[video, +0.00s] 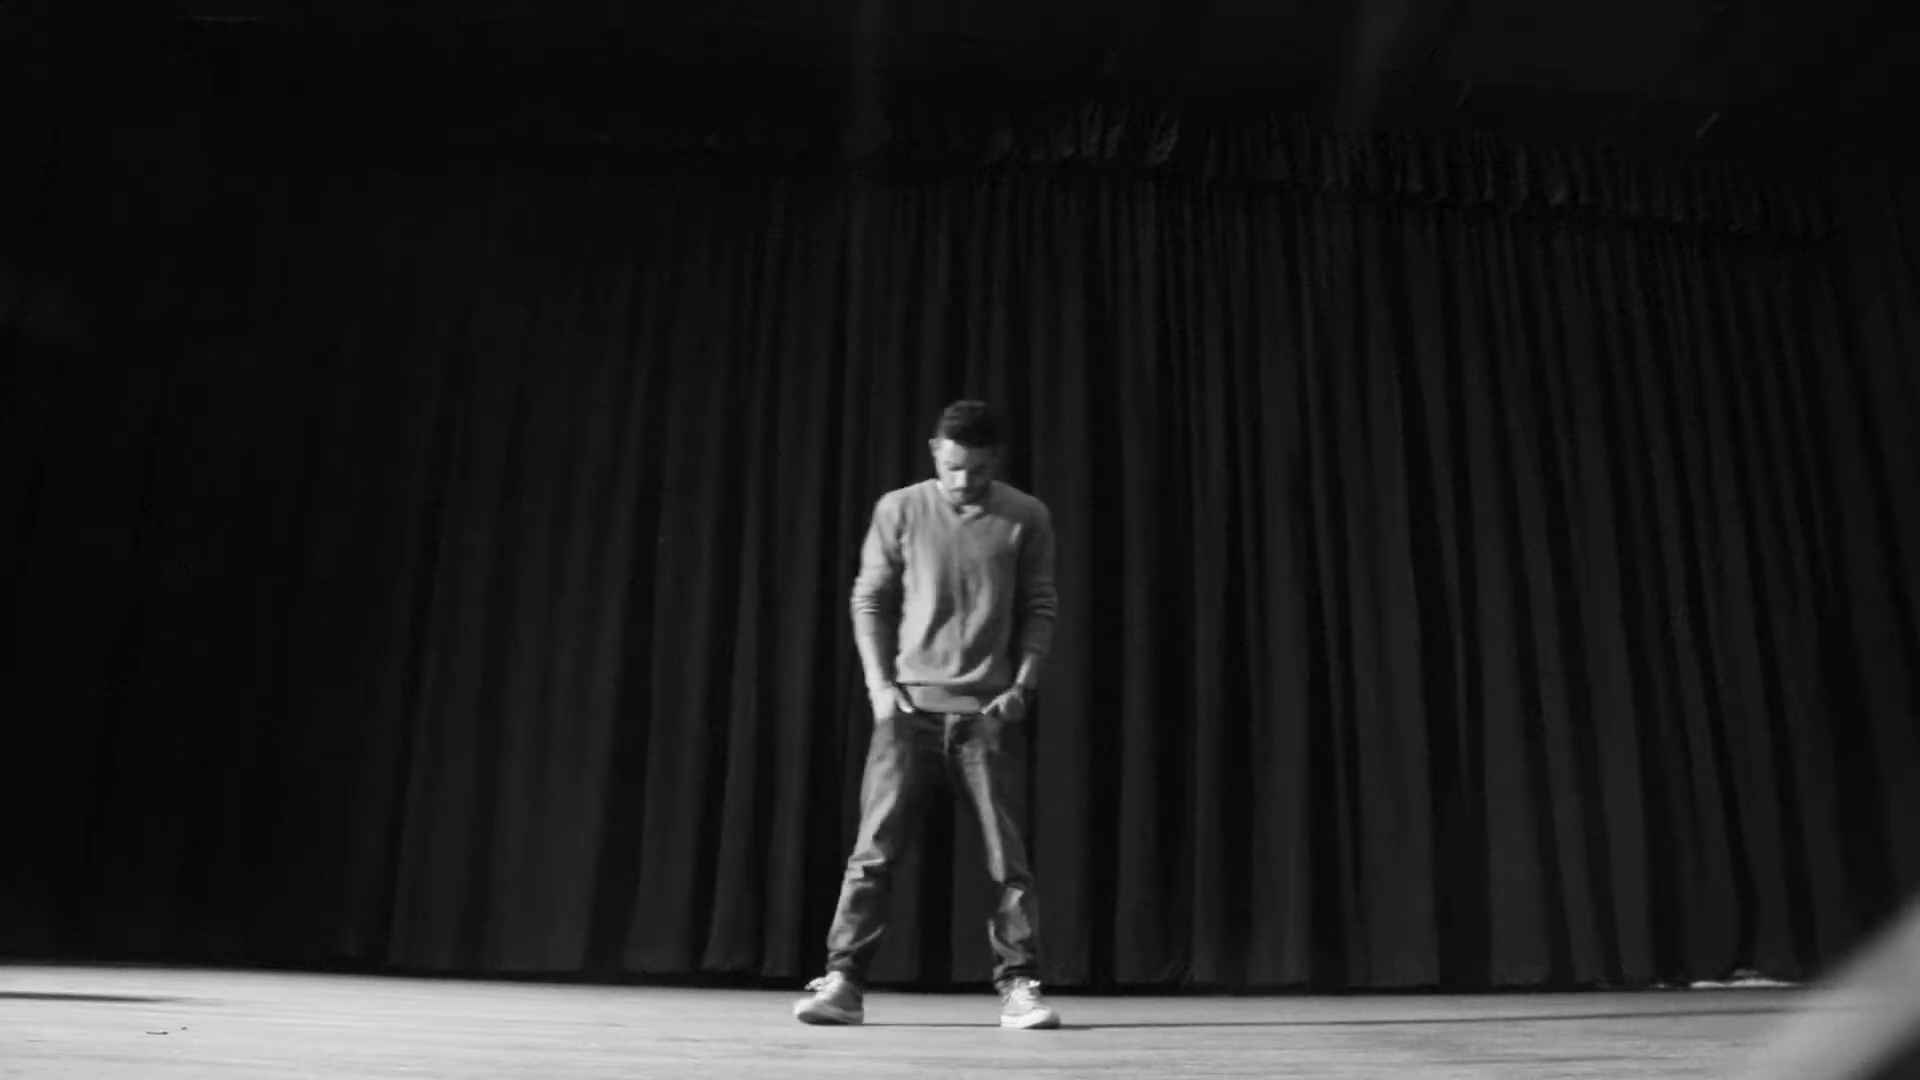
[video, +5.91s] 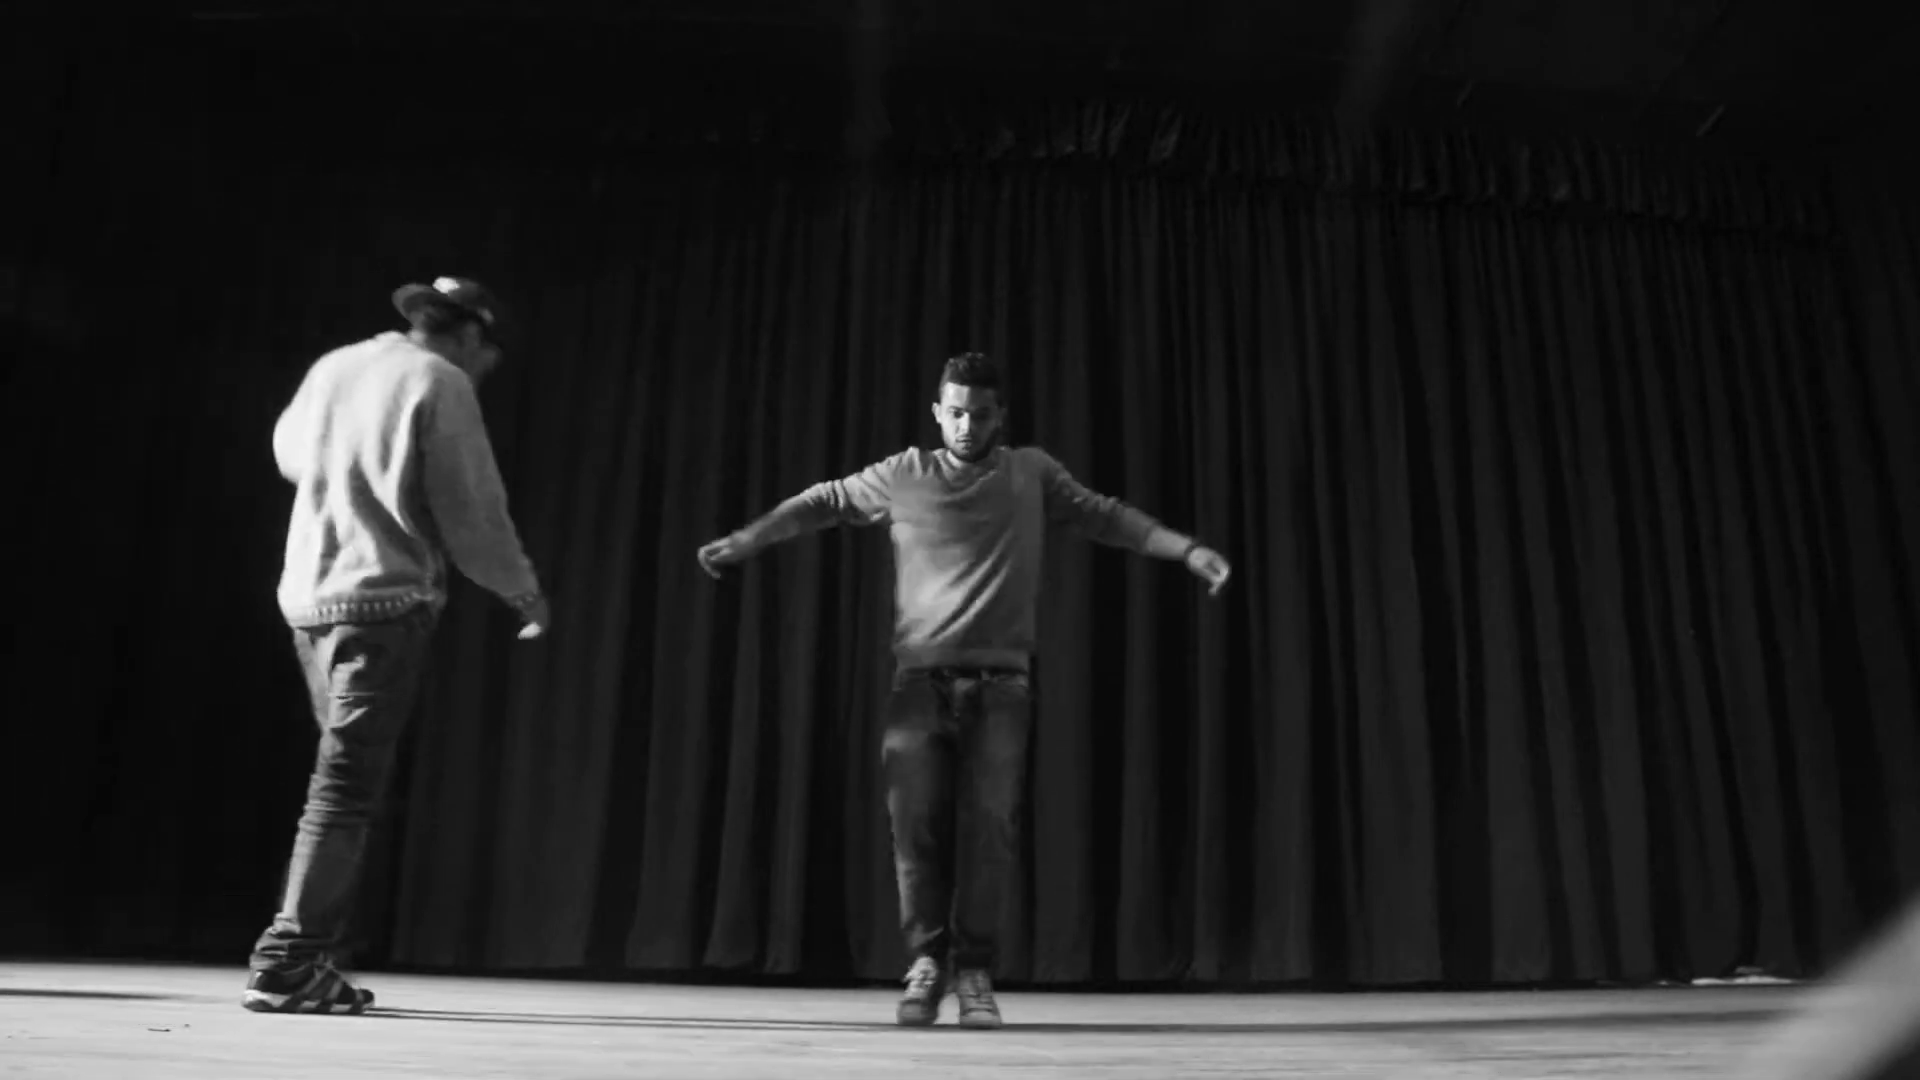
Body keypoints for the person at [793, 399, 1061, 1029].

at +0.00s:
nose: (963, 482)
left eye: (975, 470)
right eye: (951, 468)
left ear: (995, 460)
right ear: (933, 456)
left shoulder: (1027, 518)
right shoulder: (897, 511)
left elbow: (1040, 609)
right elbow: (867, 601)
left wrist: (1021, 688)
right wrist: (879, 684)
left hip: (987, 710)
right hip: (907, 706)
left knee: (1007, 858)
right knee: (873, 850)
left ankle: (1020, 989)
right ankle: (842, 983)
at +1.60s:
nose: (939, 499)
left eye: (951, 489)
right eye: (928, 486)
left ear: (972, 470)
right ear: (910, 462)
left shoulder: (1006, 499)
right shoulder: (874, 500)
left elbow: (1046, 582)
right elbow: (831, 586)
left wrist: (1078, 658)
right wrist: (798, 674)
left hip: (983, 707)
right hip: (899, 705)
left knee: (1008, 856)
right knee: (872, 856)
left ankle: (1030, 988)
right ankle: (849, 983)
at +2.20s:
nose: (935, 514)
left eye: (946, 504)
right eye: (923, 503)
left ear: (969, 478)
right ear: (904, 480)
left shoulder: (1009, 492)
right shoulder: (873, 493)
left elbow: (1089, 535)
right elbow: (801, 533)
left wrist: (1140, 601)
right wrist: (733, 596)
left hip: (986, 708)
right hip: (902, 707)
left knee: (1010, 856)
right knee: (875, 854)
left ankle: (1031, 991)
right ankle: (849, 985)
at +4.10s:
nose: (978, 457)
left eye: (991, 444)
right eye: (967, 443)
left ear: (1011, 437)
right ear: (946, 430)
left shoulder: (1040, 490)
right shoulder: (907, 486)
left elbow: (1122, 516)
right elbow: (822, 497)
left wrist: (1206, 529)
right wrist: (733, 500)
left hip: (1008, 690)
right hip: (925, 689)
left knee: (1022, 846)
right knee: (912, 840)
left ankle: (1020, 982)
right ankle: (894, 979)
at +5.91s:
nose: (968, 426)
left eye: (981, 413)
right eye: (957, 412)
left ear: (1001, 413)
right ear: (938, 412)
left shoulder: (1033, 473)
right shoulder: (903, 475)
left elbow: (1104, 516)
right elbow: (824, 501)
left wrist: (1188, 550)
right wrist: (748, 539)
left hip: (1001, 679)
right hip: (919, 677)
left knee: (992, 824)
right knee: (915, 825)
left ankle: (974, 975)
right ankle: (924, 965)